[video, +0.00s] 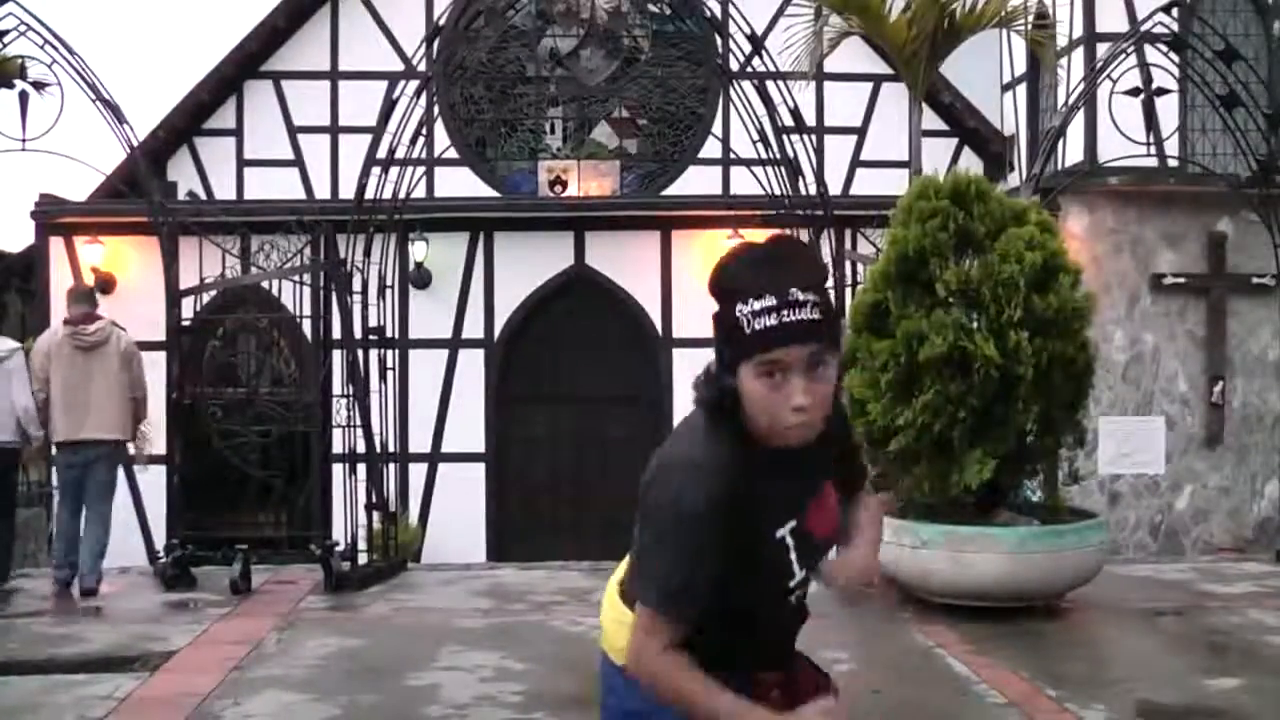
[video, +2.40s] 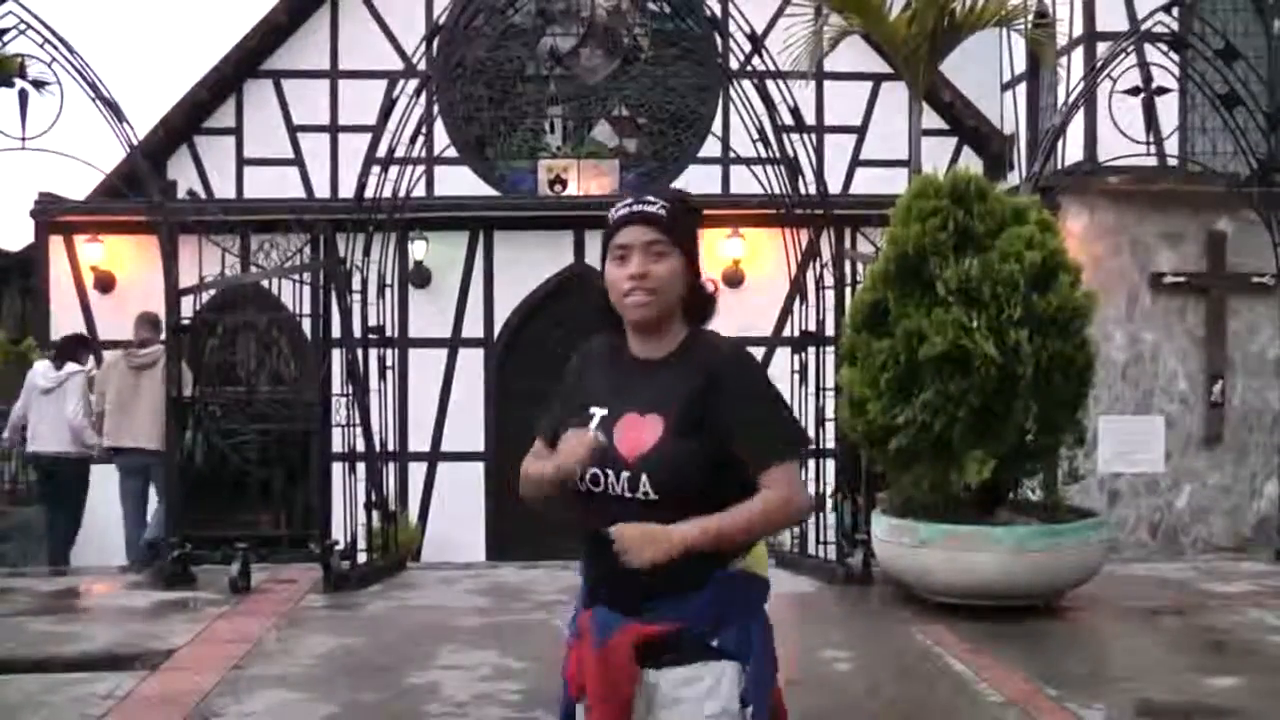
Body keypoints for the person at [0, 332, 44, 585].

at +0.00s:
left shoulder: (12, 352)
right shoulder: (11, 352)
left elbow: (22, 402)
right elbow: (23, 402)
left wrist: (35, 434)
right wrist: (36, 434)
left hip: (9, 444)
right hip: (7, 444)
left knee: (7, 515)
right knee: (6, 515)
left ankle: (4, 575)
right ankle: (3, 576)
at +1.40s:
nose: (31, 329)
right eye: (31, 324)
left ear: (7, 323)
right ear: (30, 325)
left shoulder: (1, 347)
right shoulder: (36, 347)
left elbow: (43, 391)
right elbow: (44, 391)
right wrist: (63, 419)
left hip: (6, 432)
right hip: (32, 433)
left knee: (10, 492)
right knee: (41, 489)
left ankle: (7, 555)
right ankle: (26, 535)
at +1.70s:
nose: (52, 330)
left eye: (51, 325)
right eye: (49, 326)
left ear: (19, 326)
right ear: (40, 327)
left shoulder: (4, 351)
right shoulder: (45, 351)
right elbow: (53, 395)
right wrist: (78, 416)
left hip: (9, 435)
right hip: (40, 435)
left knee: (16, 501)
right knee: (50, 497)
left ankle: (15, 559)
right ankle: (52, 558)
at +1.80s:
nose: (55, 333)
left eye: (54, 328)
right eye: (52, 329)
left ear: (19, 329)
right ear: (44, 330)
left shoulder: (6, 355)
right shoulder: (51, 357)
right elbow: (56, 397)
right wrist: (79, 417)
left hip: (10, 437)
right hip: (43, 438)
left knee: (16, 499)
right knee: (49, 499)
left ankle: (15, 559)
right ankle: (48, 559)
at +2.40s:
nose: (88, 359)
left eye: (88, 355)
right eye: (86, 355)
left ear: (60, 350)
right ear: (79, 353)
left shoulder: (37, 371)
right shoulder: (78, 374)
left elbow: (19, 411)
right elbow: (75, 416)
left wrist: (9, 437)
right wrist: (95, 442)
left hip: (40, 453)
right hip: (69, 455)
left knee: (53, 511)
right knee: (70, 513)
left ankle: (56, 566)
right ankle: (58, 565)